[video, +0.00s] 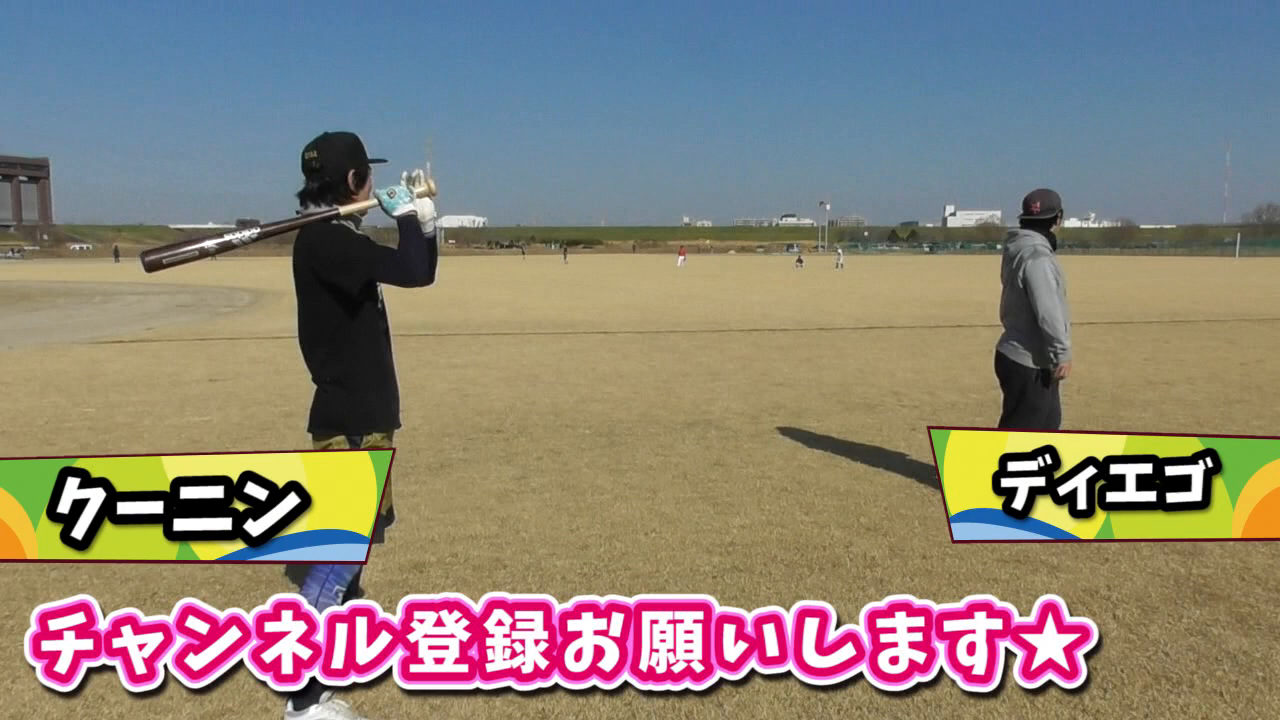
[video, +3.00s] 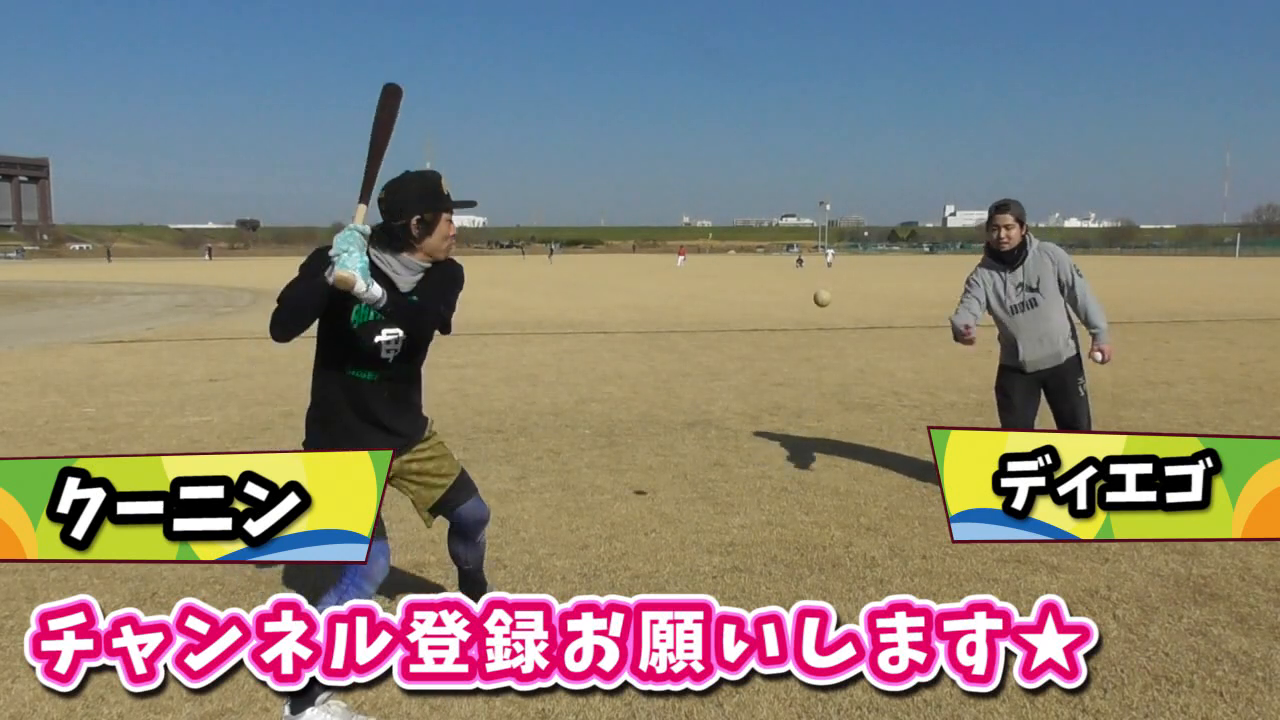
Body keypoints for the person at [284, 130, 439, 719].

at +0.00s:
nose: (371, 181)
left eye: (369, 172)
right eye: (368, 173)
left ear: (318, 180)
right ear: (352, 180)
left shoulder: (333, 234)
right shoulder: (329, 237)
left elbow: (417, 268)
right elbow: (415, 270)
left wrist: (421, 218)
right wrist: (409, 214)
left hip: (355, 410)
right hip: (355, 415)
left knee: (360, 531)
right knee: (346, 542)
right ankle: (303, 689)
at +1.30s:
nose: (394, 197)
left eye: (392, 187)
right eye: (390, 188)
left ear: (351, 193)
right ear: (369, 193)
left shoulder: (372, 248)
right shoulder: (314, 241)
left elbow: (423, 306)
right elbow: (386, 281)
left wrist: (473, 298)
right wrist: (478, 271)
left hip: (343, 424)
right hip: (310, 426)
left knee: (344, 546)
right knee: (350, 554)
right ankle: (307, 696)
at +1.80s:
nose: (407, 200)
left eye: (405, 191)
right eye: (403, 191)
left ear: (369, 194)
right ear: (381, 194)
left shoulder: (389, 248)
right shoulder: (327, 246)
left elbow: (446, 299)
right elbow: (404, 284)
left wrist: (496, 279)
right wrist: (481, 251)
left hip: (351, 425)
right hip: (315, 427)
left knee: (347, 548)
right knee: (352, 555)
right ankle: (309, 694)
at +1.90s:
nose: (404, 202)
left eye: (403, 193)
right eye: (400, 193)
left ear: (364, 197)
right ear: (378, 197)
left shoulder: (387, 250)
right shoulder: (320, 250)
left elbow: (450, 300)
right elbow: (398, 283)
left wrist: (493, 276)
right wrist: (476, 246)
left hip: (347, 433)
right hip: (312, 435)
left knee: (348, 547)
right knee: (359, 562)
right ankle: (308, 695)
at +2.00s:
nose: (402, 202)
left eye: (400, 192)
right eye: (396, 192)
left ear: (365, 197)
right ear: (371, 196)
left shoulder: (381, 253)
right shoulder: (309, 246)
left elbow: (445, 302)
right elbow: (375, 284)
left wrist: (479, 271)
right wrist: (453, 239)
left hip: (346, 433)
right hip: (305, 433)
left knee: (374, 530)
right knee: (376, 529)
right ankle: (309, 692)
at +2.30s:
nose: (393, 197)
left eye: (393, 190)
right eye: (389, 190)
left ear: (353, 192)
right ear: (365, 193)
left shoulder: (373, 245)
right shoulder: (283, 237)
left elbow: (417, 308)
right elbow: (299, 281)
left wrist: (406, 259)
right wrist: (377, 232)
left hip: (345, 406)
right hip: (287, 417)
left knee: (425, 503)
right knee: (344, 543)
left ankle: (414, 617)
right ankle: (307, 696)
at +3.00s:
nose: (455, 226)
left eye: (453, 216)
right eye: (446, 218)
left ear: (420, 225)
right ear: (416, 226)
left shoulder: (445, 274)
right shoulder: (338, 259)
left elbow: (417, 331)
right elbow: (281, 328)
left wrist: (363, 289)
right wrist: (331, 269)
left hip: (406, 428)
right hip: (343, 437)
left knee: (471, 514)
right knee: (369, 564)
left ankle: (475, 605)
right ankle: (305, 694)